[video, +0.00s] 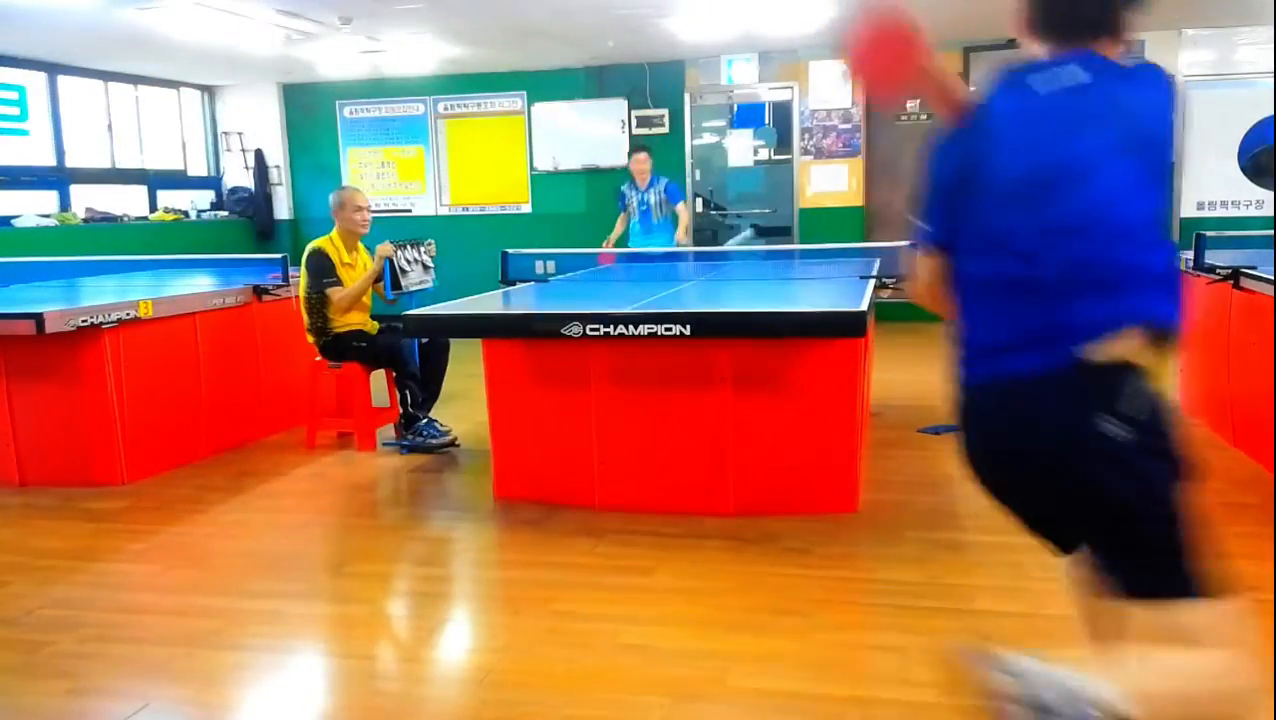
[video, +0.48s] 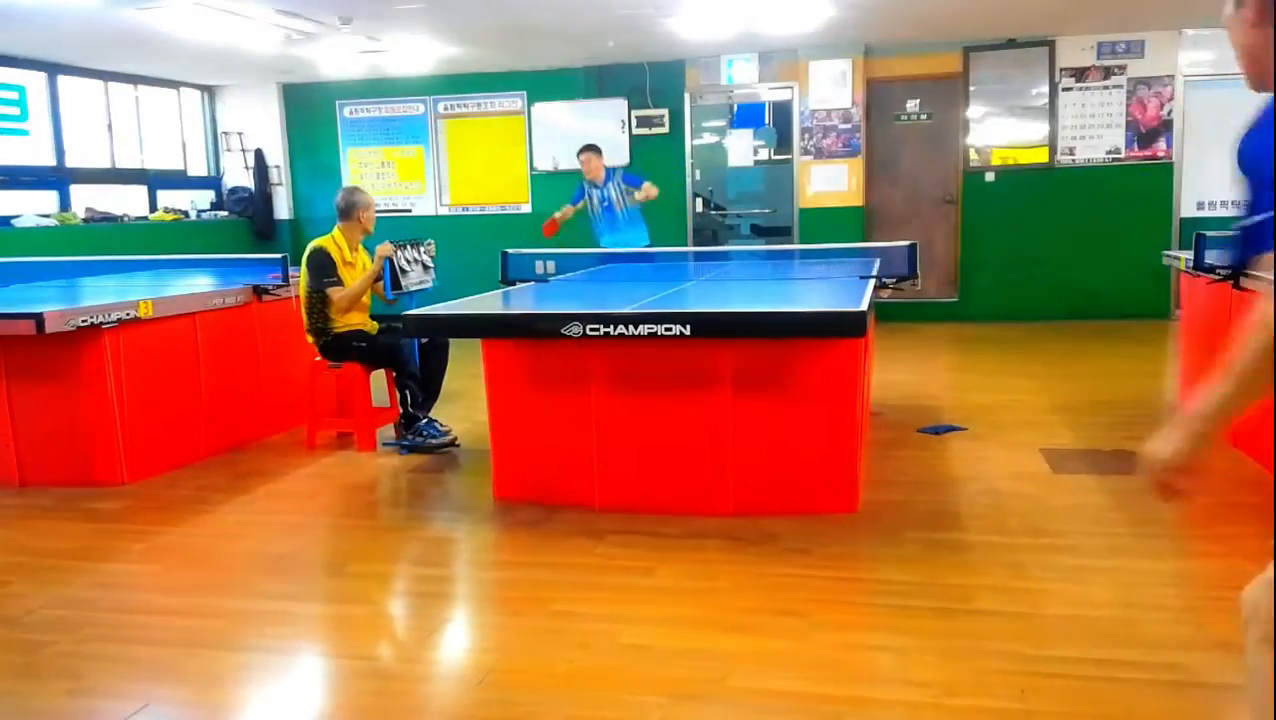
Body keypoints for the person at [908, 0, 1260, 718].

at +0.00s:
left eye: (1019, 16)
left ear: (1025, 24)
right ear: (1118, 30)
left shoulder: (970, 129)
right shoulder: (1146, 91)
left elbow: (927, 279)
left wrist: (1004, 317)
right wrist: (926, 76)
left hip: (993, 414)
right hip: (1103, 396)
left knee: (1099, 559)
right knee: (1229, 656)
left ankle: (1117, 700)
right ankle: (1071, 688)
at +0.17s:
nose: (1143, 80)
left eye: (1145, 69)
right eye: (1144, 70)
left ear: (1156, 74)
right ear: (1249, 73)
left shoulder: (1118, 190)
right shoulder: (1270, 149)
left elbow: (1069, 348)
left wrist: (1046, 454)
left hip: (1203, 455)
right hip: (1273, 447)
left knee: (1159, 540)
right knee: (1159, 542)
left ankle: (1134, 682)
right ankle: (1133, 681)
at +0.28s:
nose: (1175, 82)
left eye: (1175, 64)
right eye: (1175, 64)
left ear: (1198, 60)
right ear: (1261, 57)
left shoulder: (1209, 159)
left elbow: (1164, 320)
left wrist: (1085, 452)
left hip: (1275, 453)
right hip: (1267, 449)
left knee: (1161, 532)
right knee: (1167, 529)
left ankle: (1144, 699)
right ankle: (1143, 695)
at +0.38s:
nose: (1207, 33)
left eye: (1206, 19)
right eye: (1208, 20)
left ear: (1224, 17)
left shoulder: (1232, 131)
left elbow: (1202, 314)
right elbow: (1200, 312)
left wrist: (1131, 438)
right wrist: (1133, 439)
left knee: (1239, 597)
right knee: (1239, 595)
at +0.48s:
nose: (1232, 27)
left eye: (1236, 13)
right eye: (1235, 14)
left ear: (1259, 17)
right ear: (1257, 21)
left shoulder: (1263, 138)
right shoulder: (1259, 136)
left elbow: (1270, 301)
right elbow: (1261, 295)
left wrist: (1191, 424)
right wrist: (1193, 419)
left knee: (1262, 609)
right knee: (1260, 607)